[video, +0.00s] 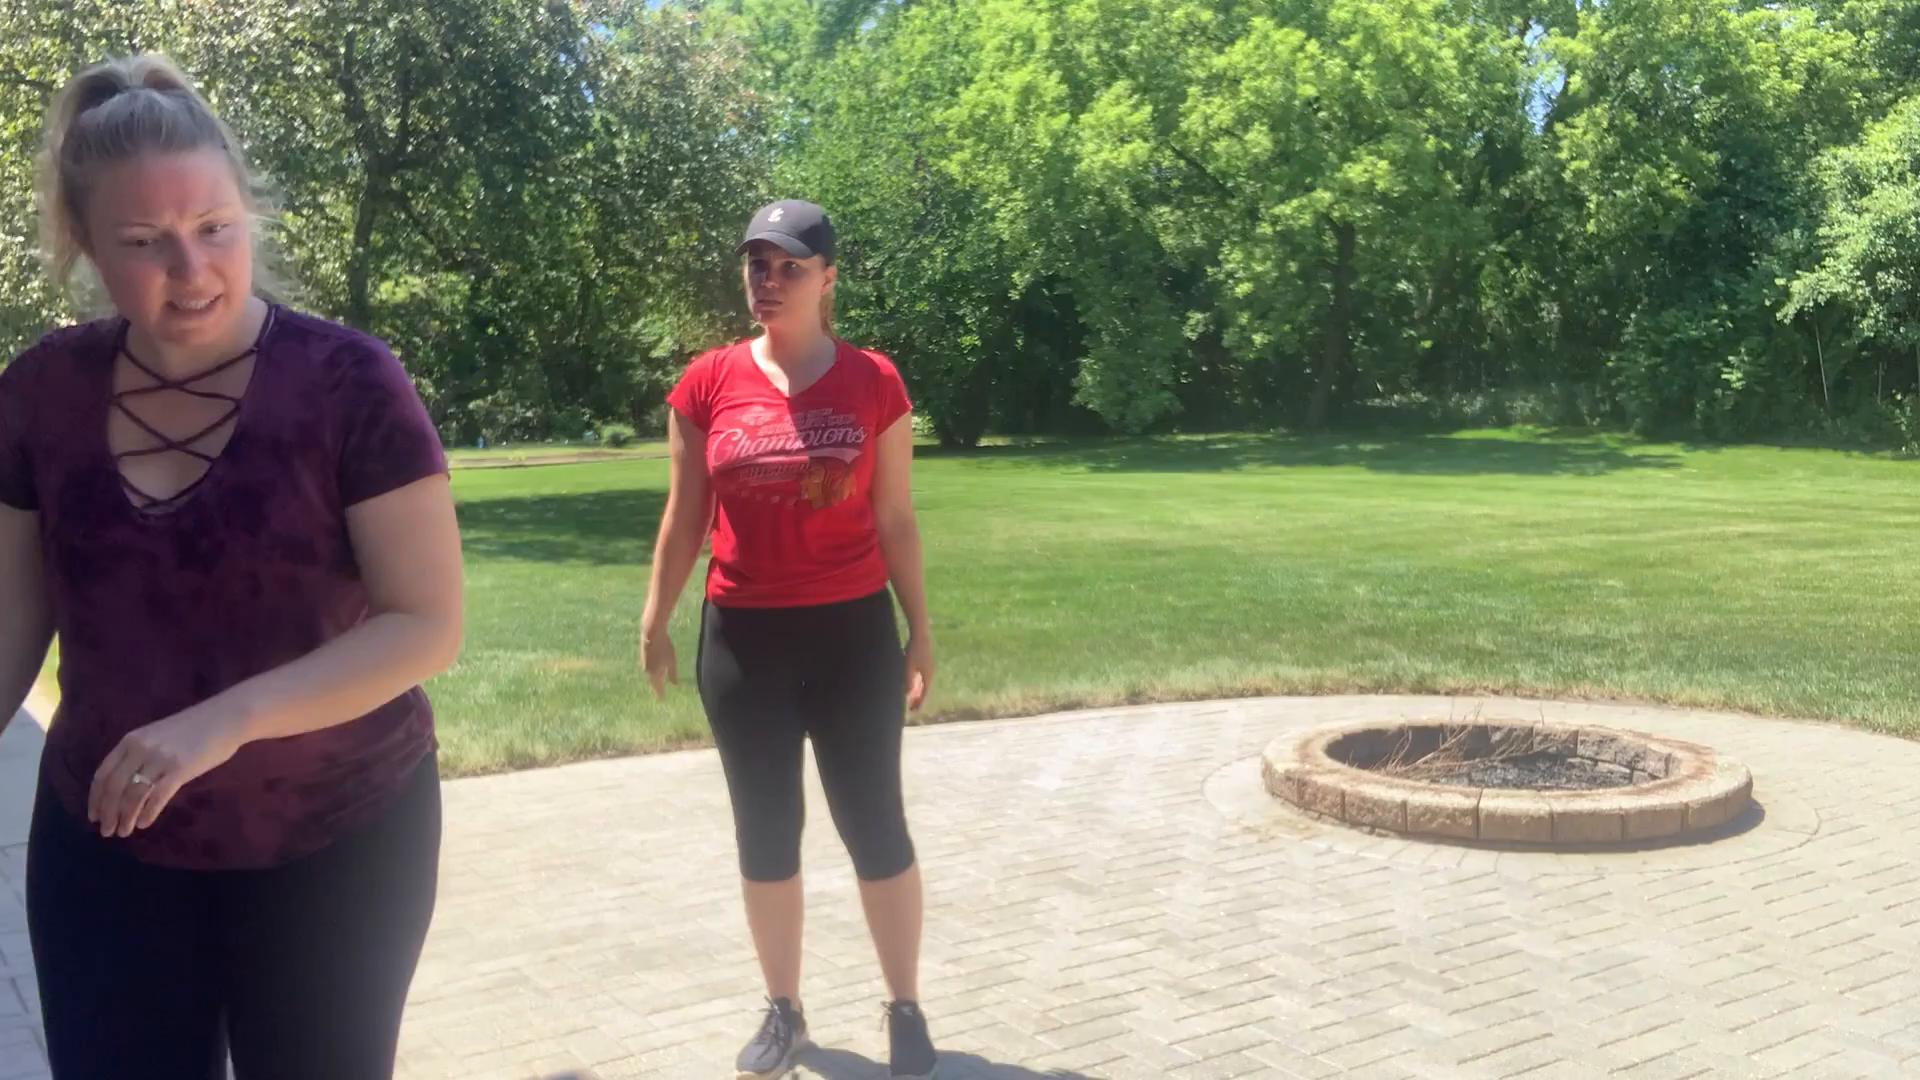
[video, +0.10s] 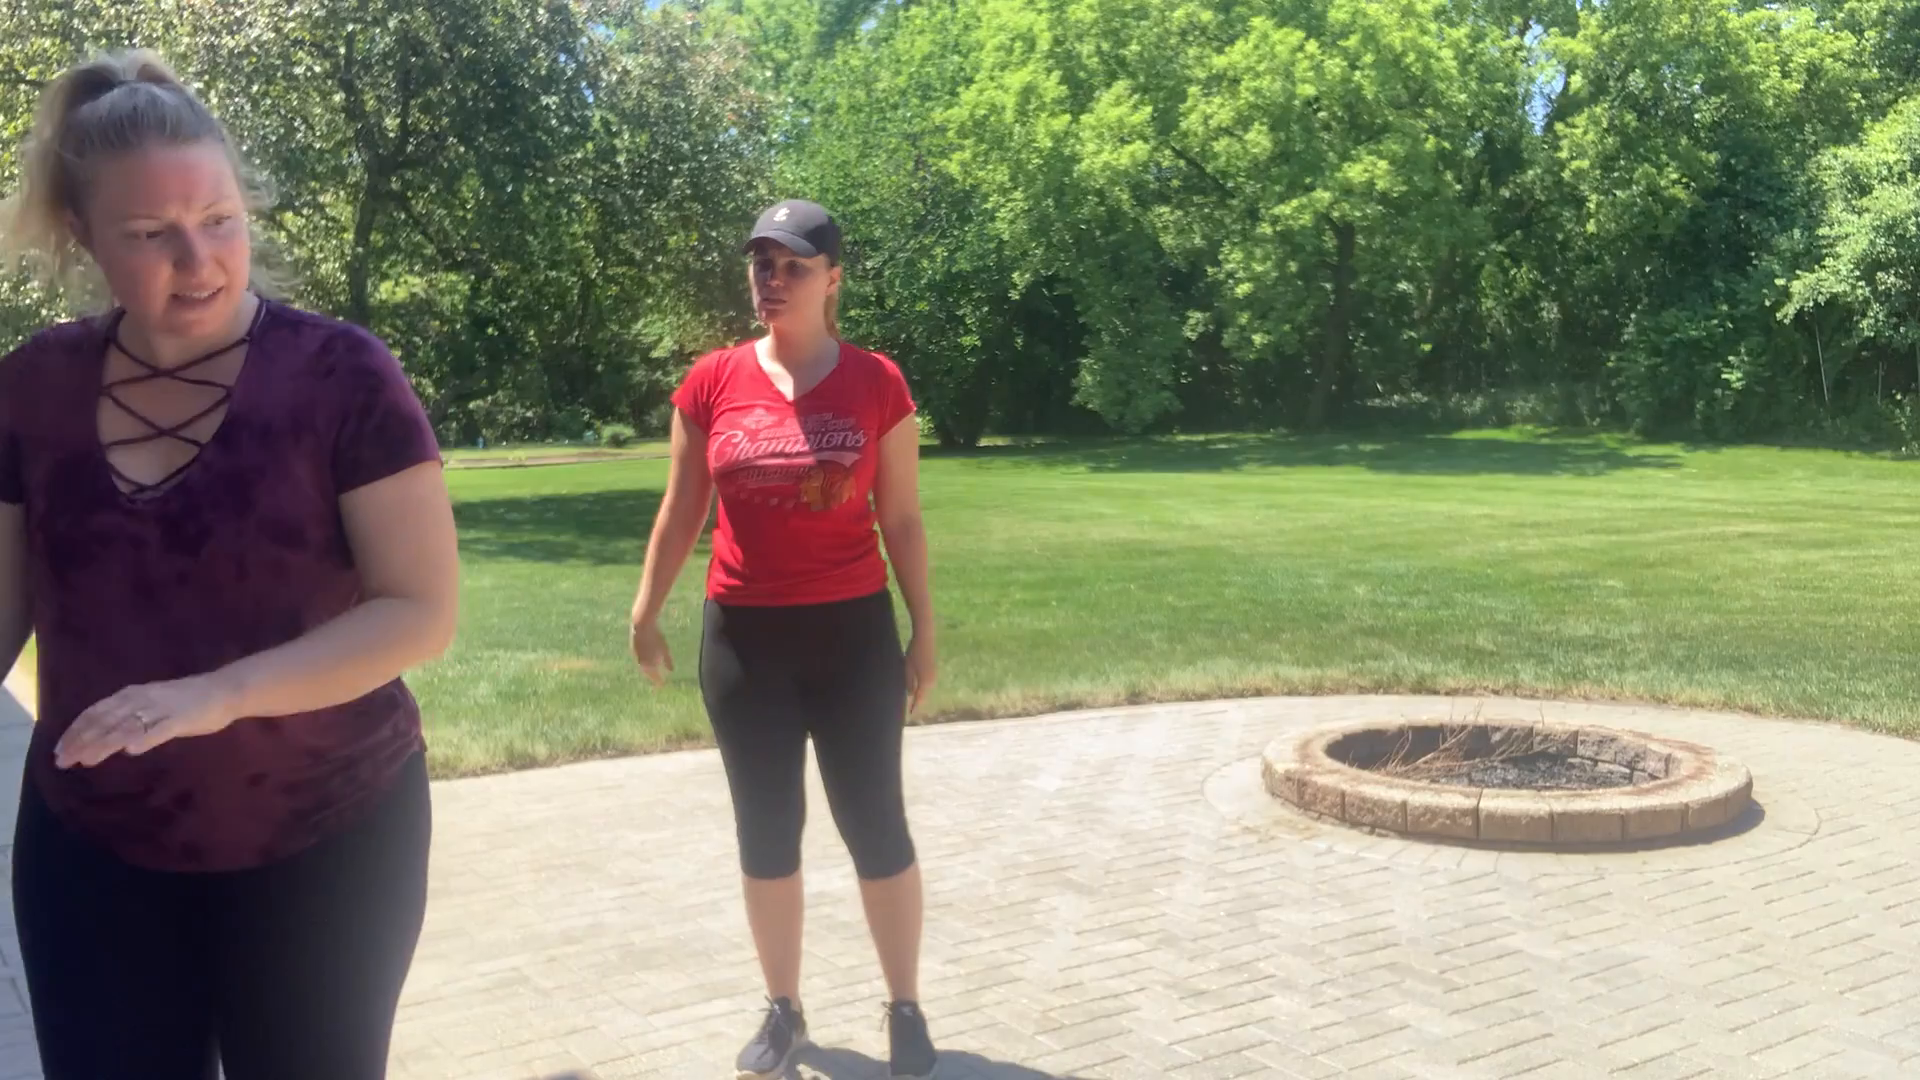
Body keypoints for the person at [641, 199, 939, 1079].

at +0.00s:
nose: (767, 279)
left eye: (787, 266)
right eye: (756, 264)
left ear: (827, 275)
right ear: (742, 275)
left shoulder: (871, 379)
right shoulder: (706, 383)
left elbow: (895, 516)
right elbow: (685, 512)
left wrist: (920, 625)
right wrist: (655, 616)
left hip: (855, 633)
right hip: (742, 638)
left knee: (875, 827)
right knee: (765, 833)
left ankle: (905, 1008)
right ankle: (781, 1008)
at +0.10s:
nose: (772, 278)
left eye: (792, 265)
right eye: (761, 263)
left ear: (833, 277)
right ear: (748, 273)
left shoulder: (874, 381)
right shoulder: (711, 380)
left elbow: (902, 516)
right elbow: (681, 506)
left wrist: (923, 624)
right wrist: (645, 608)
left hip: (855, 631)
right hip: (743, 635)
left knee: (875, 825)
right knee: (765, 832)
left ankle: (905, 1007)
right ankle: (782, 1008)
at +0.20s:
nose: (779, 279)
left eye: (799, 266)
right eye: (768, 264)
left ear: (838, 277)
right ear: (755, 274)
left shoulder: (879, 379)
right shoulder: (719, 379)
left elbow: (912, 513)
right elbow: (681, 508)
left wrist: (930, 625)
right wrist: (640, 616)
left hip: (858, 631)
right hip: (747, 633)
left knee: (877, 824)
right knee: (767, 828)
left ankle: (905, 1008)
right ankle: (782, 1008)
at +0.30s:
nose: (784, 279)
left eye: (804, 266)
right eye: (774, 264)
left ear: (843, 277)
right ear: (761, 273)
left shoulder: (885, 378)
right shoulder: (727, 378)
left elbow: (920, 510)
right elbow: (687, 508)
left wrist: (933, 621)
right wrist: (647, 615)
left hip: (863, 629)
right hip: (753, 633)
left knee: (881, 823)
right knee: (772, 828)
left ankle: (906, 1007)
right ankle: (782, 1007)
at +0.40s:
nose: (790, 279)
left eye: (811, 266)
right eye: (780, 265)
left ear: (849, 277)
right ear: (766, 275)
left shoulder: (889, 377)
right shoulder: (733, 378)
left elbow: (924, 509)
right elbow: (697, 505)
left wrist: (934, 619)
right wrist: (664, 609)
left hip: (867, 628)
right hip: (759, 633)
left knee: (885, 824)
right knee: (776, 828)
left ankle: (905, 1008)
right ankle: (782, 1006)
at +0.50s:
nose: (794, 277)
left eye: (814, 264)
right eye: (783, 263)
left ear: (853, 276)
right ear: (770, 275)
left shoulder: (893, 376)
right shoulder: (738, 375)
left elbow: (925, 512)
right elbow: (706, 502)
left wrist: (932, 624)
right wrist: (682, 601)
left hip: (869, 627)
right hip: (761, 630)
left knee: (887, 825)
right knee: (779, 827)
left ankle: (906, 1010)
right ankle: (784, 1009)